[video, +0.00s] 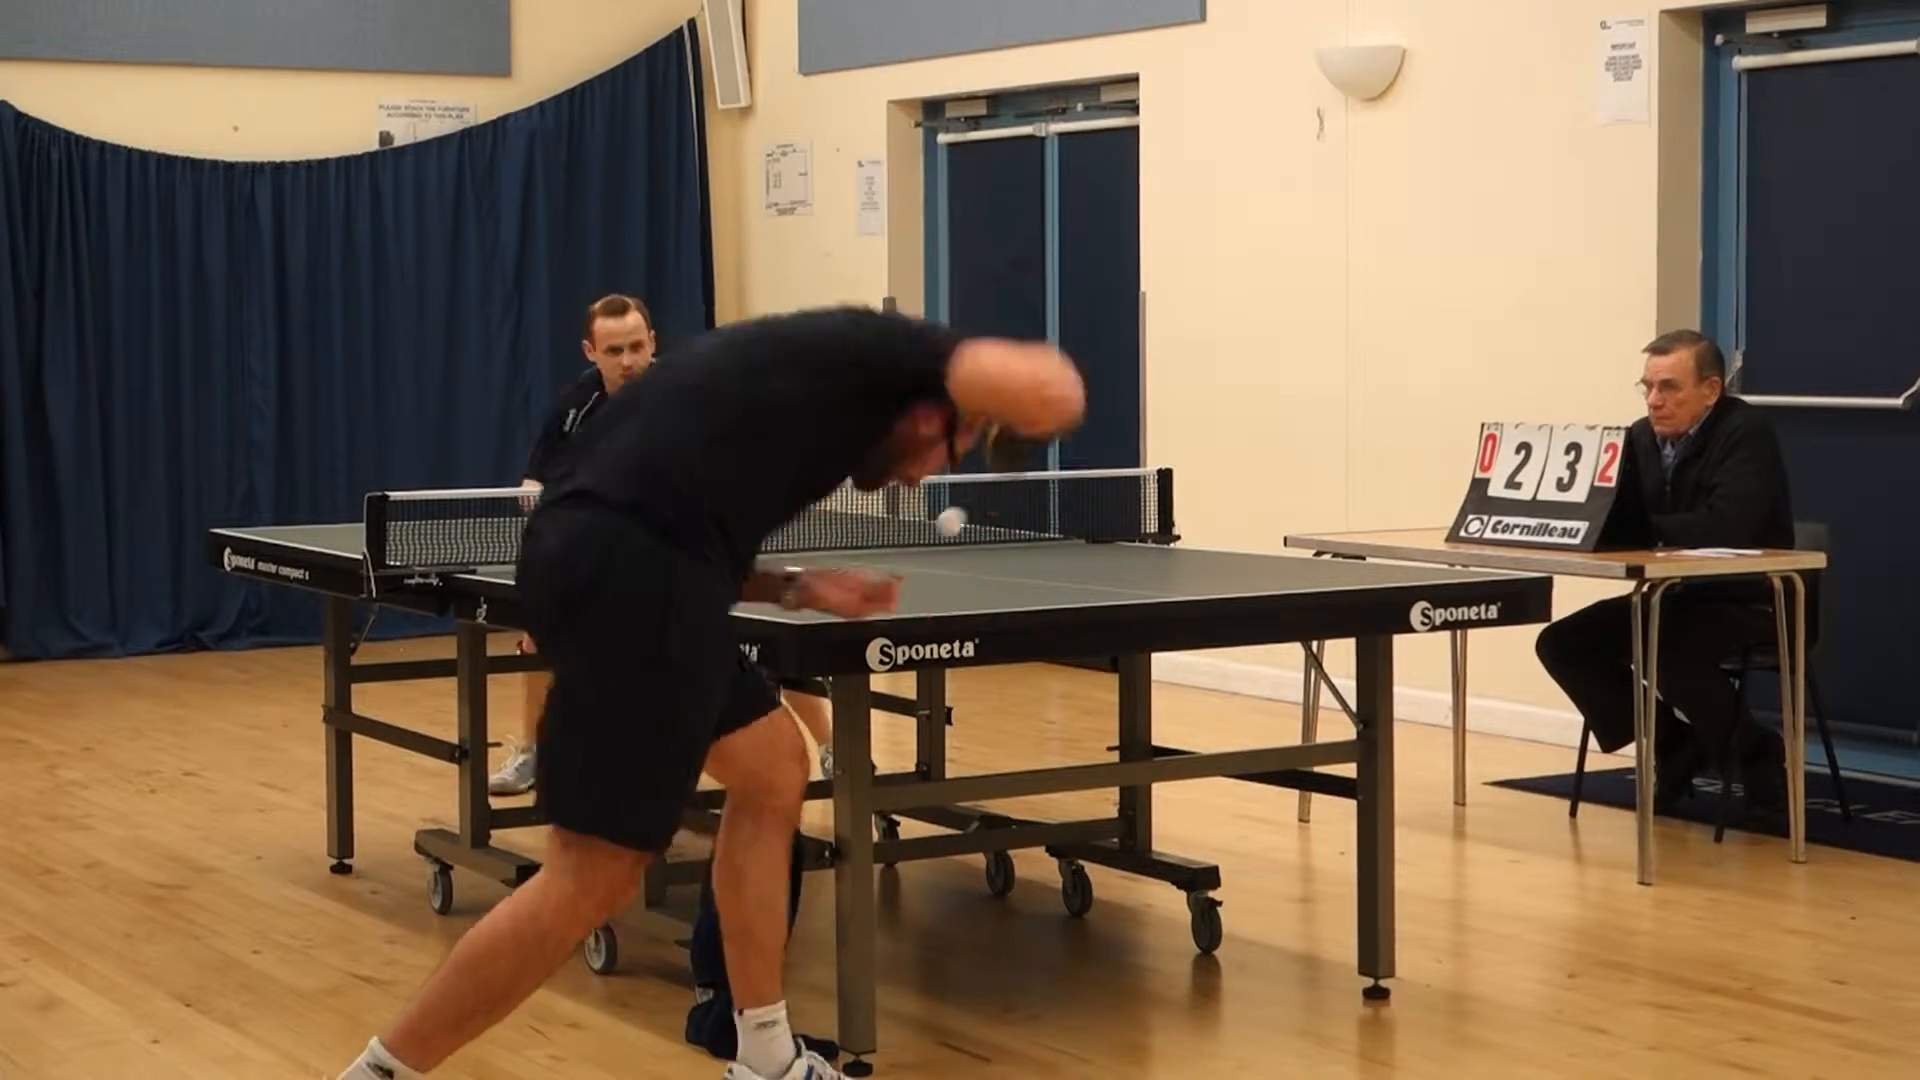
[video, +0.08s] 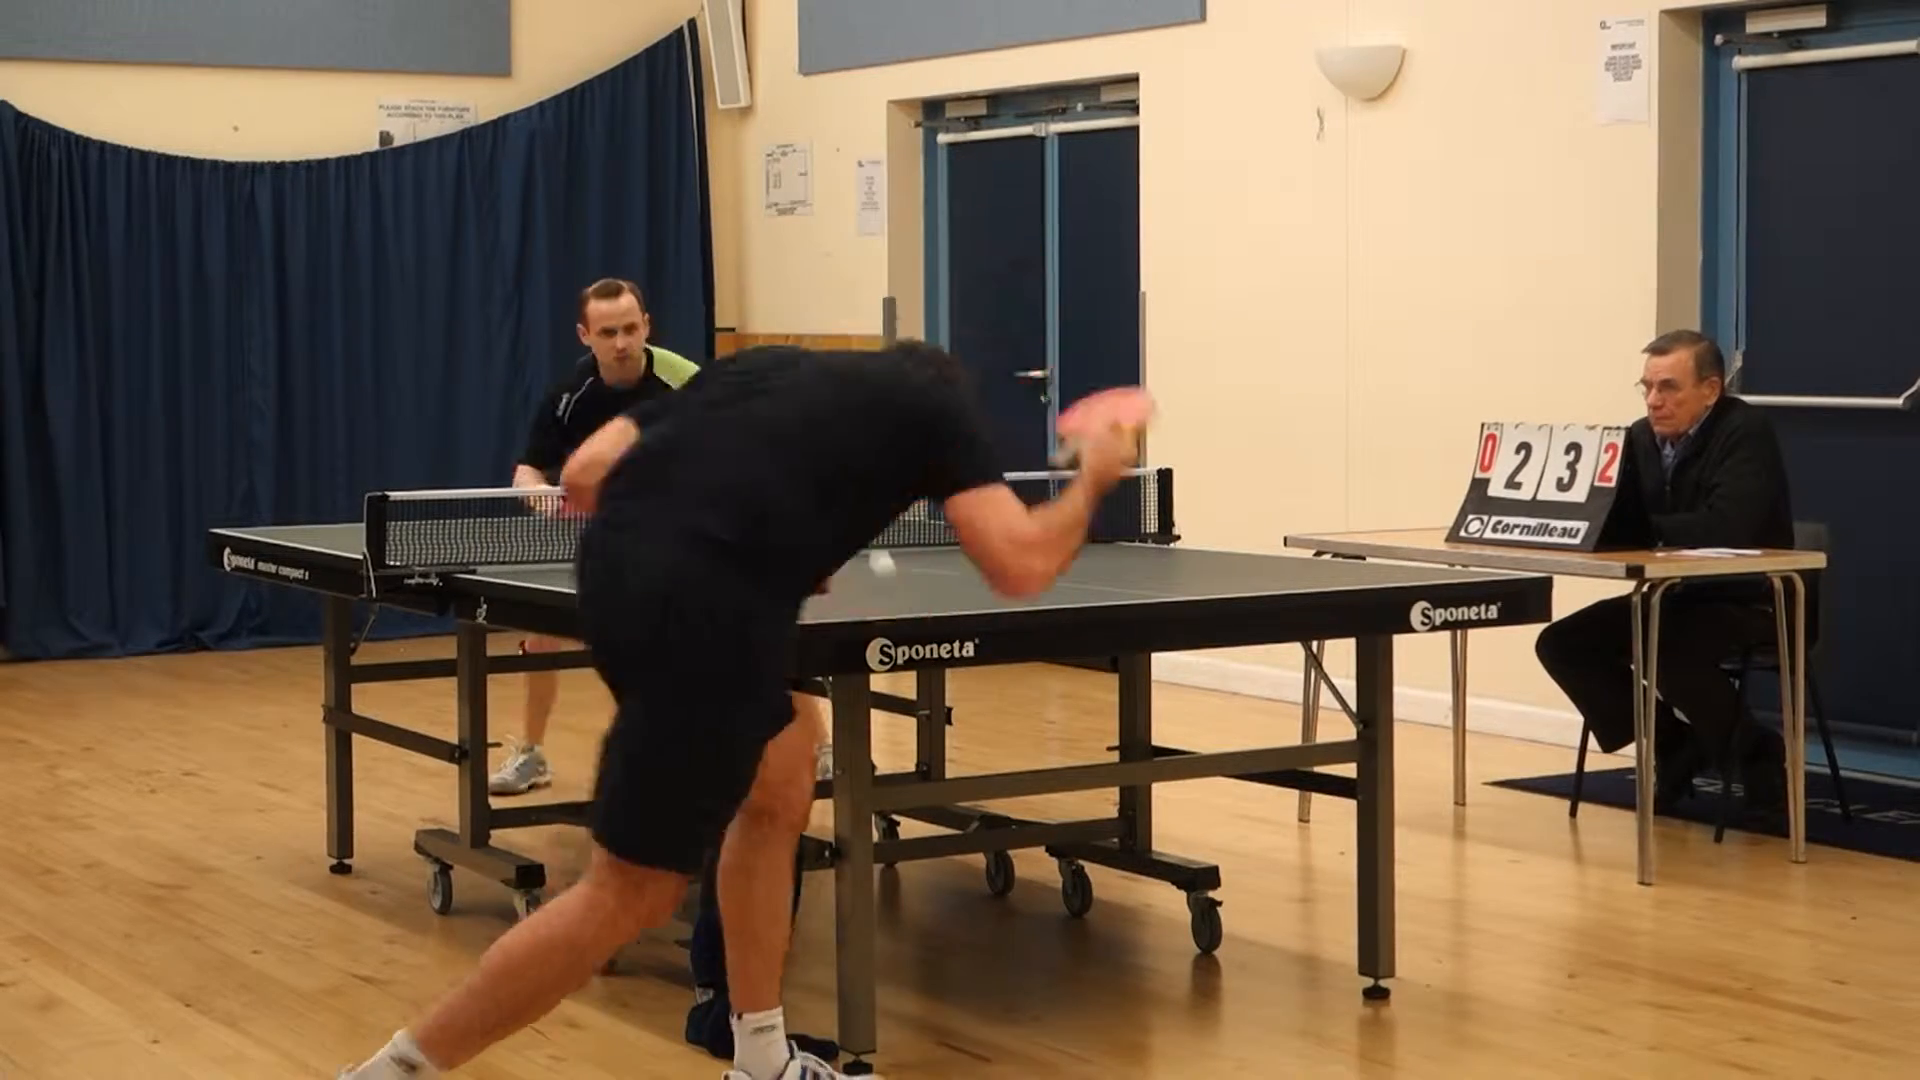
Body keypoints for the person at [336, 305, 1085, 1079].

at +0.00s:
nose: (926, 477)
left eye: (942, 467)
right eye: (944, 456)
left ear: (914, 419)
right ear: (933, 412)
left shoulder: (786, 412)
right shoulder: (882, 347)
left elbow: (693, 561)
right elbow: (1057, 393)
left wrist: (804, 586)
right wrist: (1000, 400)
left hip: (604, 562)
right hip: (621, 565)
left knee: (774, 770)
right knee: (594, 877)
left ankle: (766, 1051)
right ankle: (382, 1065)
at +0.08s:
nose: (963, 426)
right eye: (966, 408)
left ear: (871, 354)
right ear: (950, 380)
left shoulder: (759, 368)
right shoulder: (931, 393)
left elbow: (584, 473)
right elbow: (1020, 565)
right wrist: (1094, 473)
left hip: (614, 574)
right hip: (710, 608)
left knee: (787, 752)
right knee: (628, 890)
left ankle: (760, 1057)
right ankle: (401, 1063)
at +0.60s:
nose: (1120, 213)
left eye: (1124, 201)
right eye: (1127, 201)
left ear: (1137, 209)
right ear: (1238, 212)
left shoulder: (1102, 296)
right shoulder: (1325, 301)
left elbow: (1004, 449)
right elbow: (1400, 513)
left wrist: (1017, 499)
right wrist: (1296, 532)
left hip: (1164, 607)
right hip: (1328, 610)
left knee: (1038, 819)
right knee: (1410, 845)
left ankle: (1000, 1062)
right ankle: (1458, 1071)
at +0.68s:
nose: (1195, 209)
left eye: (1198, 196)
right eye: (1201, 196)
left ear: (1214, 203)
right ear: (1316, 207)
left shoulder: (1164, 304)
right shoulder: (1395, 295)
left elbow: (1040, 473)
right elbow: (1464, 511)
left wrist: (1076, 517)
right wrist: (1394, 571)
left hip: (1248, 618)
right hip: (1414, 608)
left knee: (1125, 874)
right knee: (1527, 822)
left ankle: (1135, 1068)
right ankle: (1540, 1068)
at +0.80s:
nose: (1350, 245)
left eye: (1353, 228)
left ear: (1365, 239)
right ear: (1472, 248)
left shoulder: (1297, 344)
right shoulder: (1527, 359)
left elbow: (1163, 504)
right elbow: (1591, 570)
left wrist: (1227, 508)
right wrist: (1611, 641)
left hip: (1351, 699)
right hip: (1521, 689)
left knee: (1222, 974)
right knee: (1674, 838)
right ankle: (1838, 1053)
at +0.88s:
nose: (1503, 260)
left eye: (1505, 248)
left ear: (1510, 260)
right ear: (1619, 274)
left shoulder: (1425, 363)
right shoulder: (1671, 396)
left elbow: (1274, 485)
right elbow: (1769, 605)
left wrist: (1318, 532)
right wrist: (1874, 636)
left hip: (1432, 721)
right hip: (1611, 717)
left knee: (1267, 990)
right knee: (1799, 858)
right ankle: (1911, 1058)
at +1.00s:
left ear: (1743, 269)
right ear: (1857, 287)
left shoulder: (1657, 359)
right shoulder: (1885, 392)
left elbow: (1517, 478)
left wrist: (1528, 576)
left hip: (1632, 702)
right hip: (1804, 709)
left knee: (1477, 967)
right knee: (1912, 847)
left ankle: (1340, 1067)